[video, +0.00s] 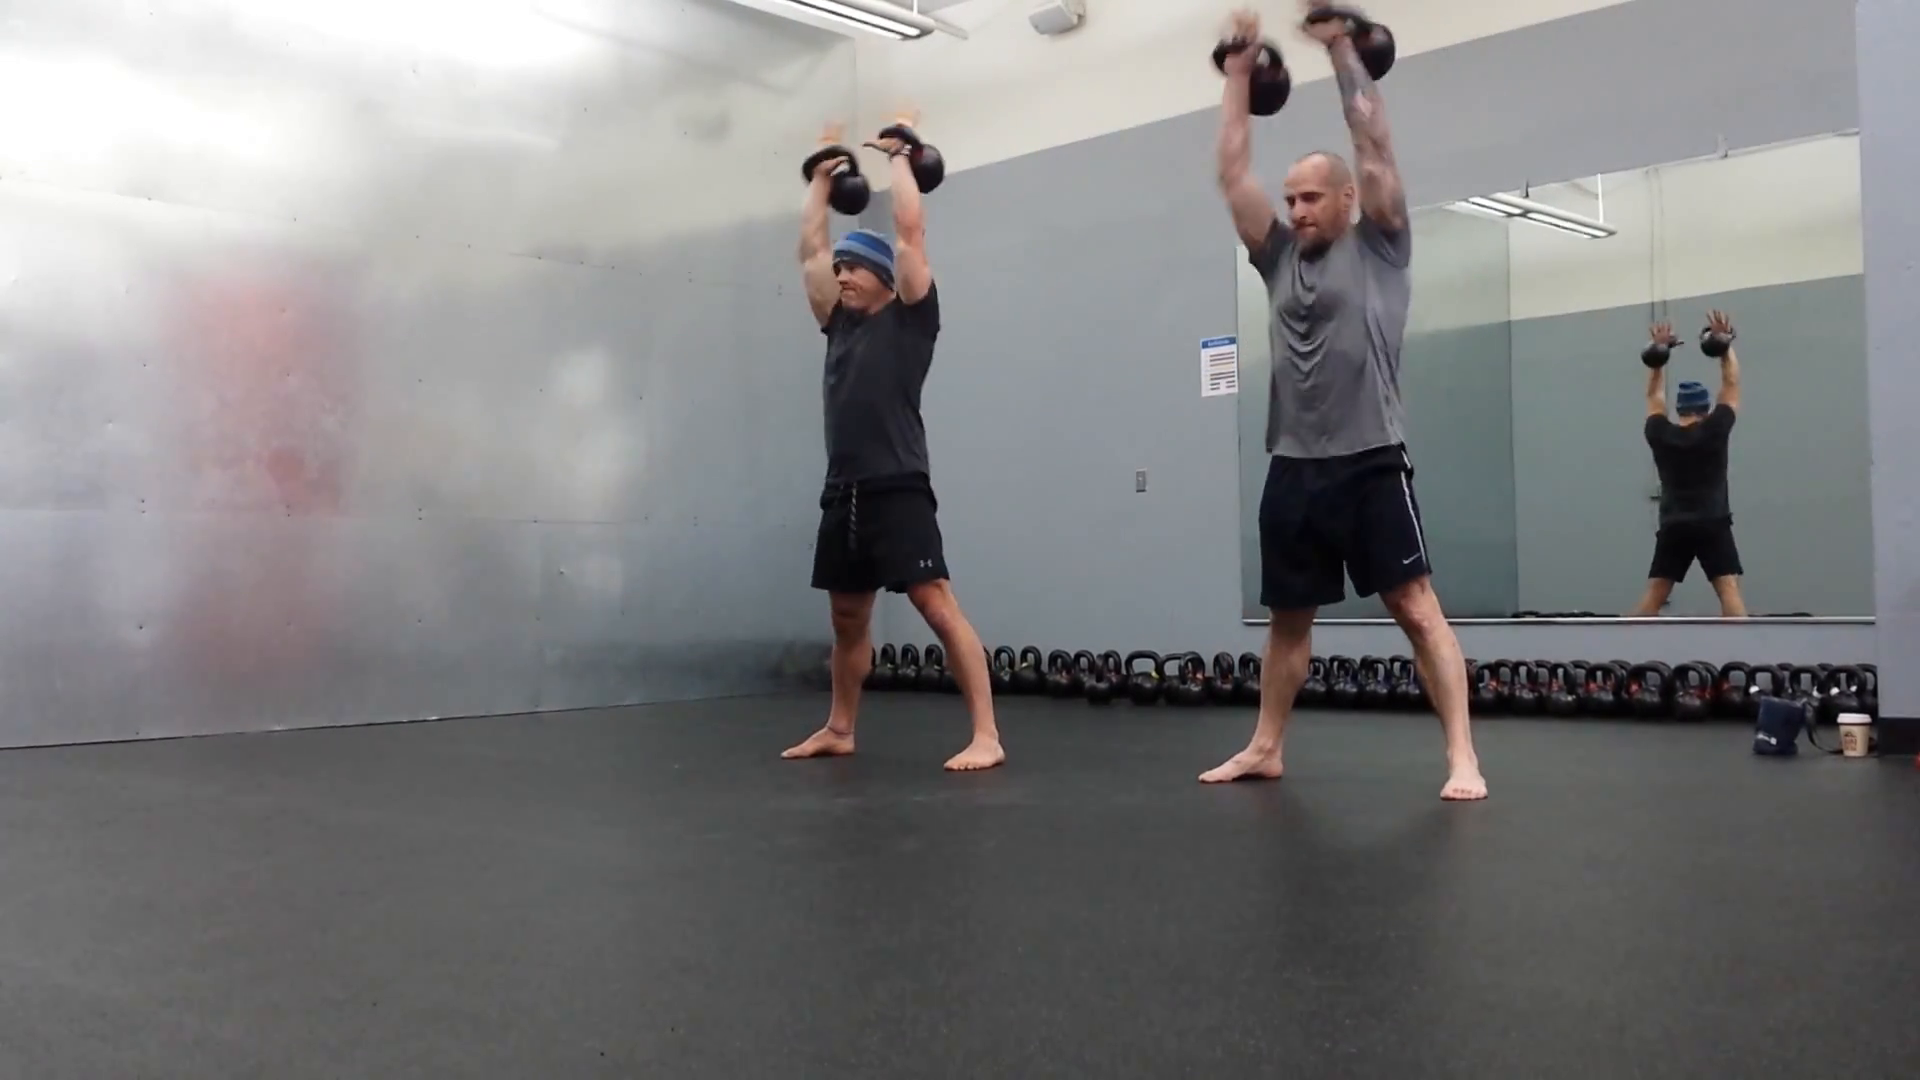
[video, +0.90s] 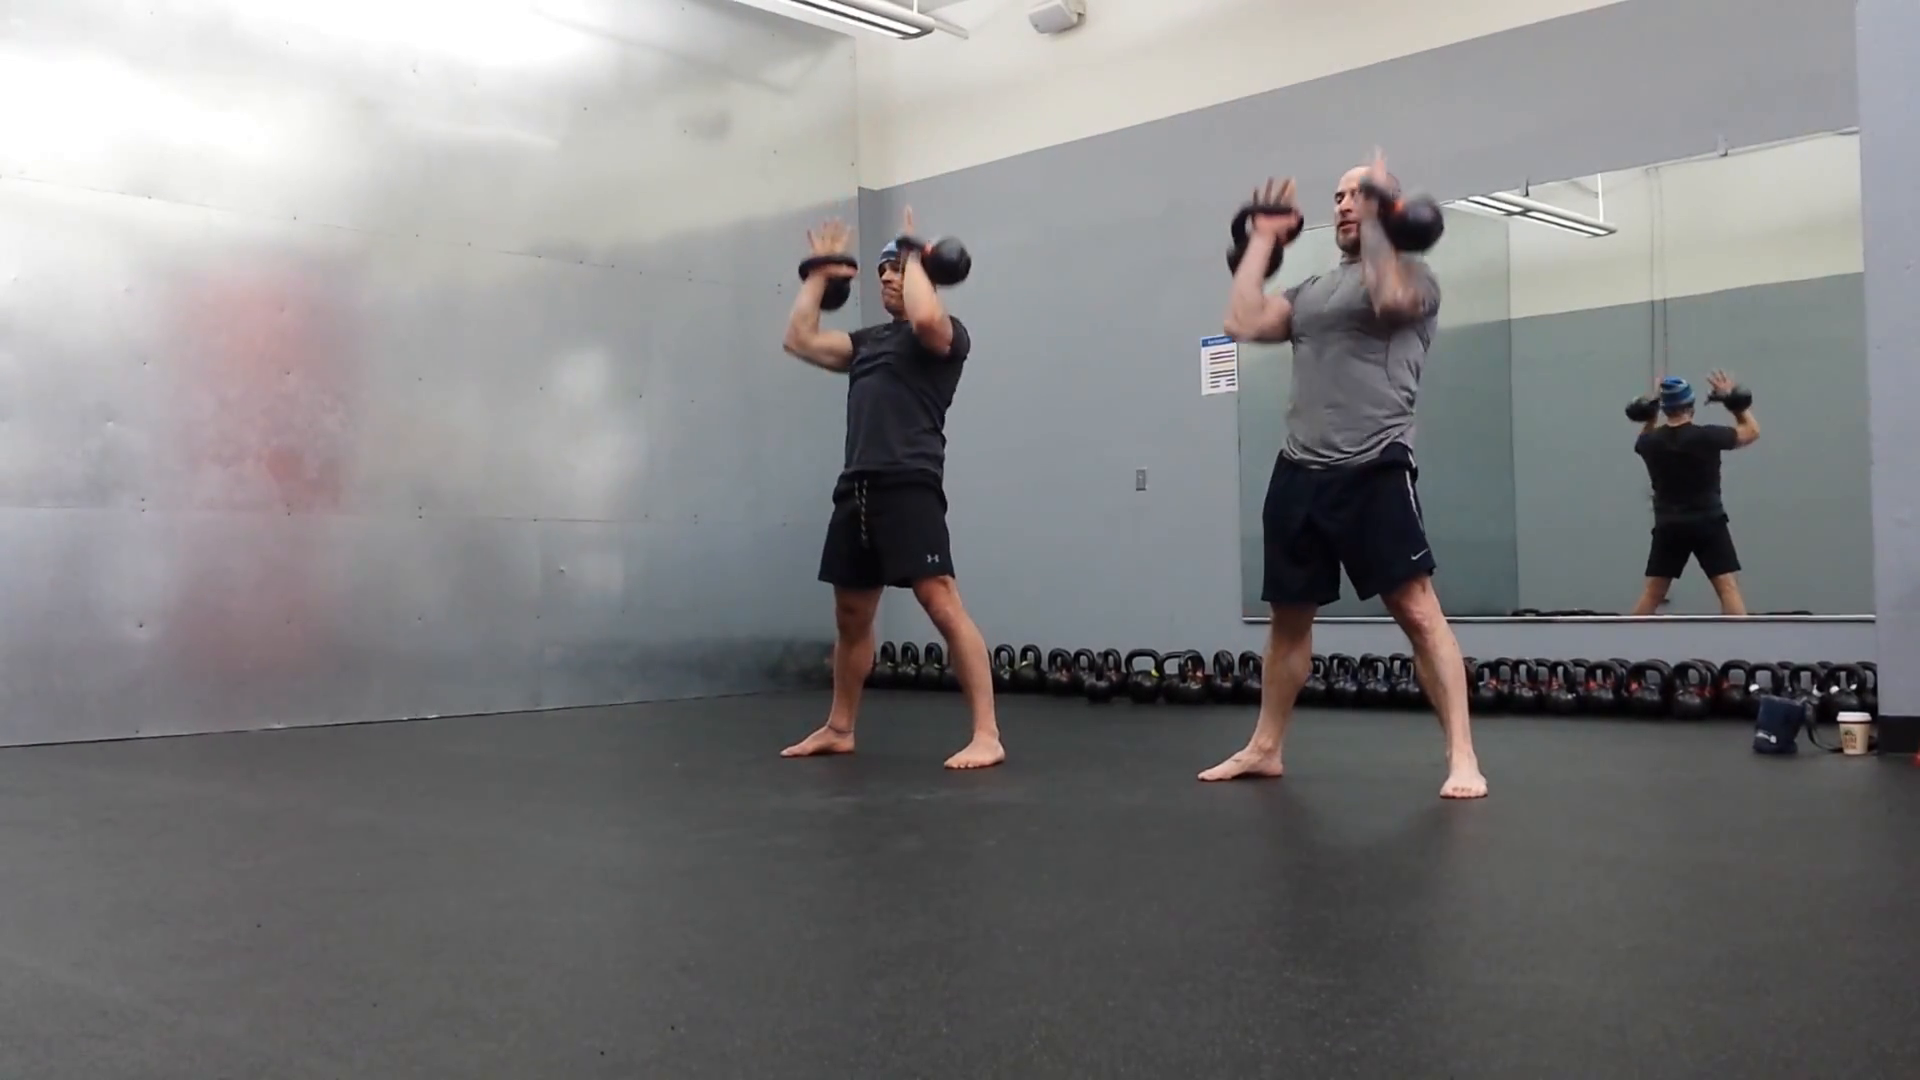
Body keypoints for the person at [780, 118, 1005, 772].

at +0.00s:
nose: (844, 278)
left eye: (854, 269)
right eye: (842, 270)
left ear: (885, 275)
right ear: (841, 280)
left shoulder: (911, 318)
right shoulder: (840, 324)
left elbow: (910, 232)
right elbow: (812, 251)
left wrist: (901, 157)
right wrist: (821, 180)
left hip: (899, 486)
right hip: (843, 490)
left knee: (939, 609)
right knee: (848, 619)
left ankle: (986, 737)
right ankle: (840, 729)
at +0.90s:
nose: (889, 277)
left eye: (900, 268)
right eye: (884, 270)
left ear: (921, 278)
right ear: (878, 280)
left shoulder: (944, 336)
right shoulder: (867, 340)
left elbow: (927, 321)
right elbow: (800, 339)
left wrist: (917, 259)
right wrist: (819, 275)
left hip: (912, 489)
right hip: (856, 491)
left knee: (943, 607)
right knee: (852, 618)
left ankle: (986, 736)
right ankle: (839, 728)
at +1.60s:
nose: (868, 279)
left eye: (878, 270)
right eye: (866, 272)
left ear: (908, 277)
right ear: (869, 281)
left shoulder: (937, 331)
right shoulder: (863, 344)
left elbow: (912, 394)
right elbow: (829, 413)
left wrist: (878, 332)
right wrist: (810, 359)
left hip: (914, 491)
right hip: (859, 492)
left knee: (944, 605)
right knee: (850, 615)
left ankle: (987, 736)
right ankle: (839, 727)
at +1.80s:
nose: (887, 297)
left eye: (896, 286)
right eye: (881, 288)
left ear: (924, 285)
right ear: (878, 290)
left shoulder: (955, 337)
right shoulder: (877, 348)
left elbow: (940, 405)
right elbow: (842, 410)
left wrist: (885, 389)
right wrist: (801, 404)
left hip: (942, 492)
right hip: (891, 494)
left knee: (953, 598)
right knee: (854, 607)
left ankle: (987, 736)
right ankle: (838, 728)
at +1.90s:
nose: (875, 308)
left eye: (883, 298)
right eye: (870, 299)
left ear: (912, 294)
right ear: (871, 301)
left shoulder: (954, 345)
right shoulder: (875, 358)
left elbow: (945, 420)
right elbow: (843, 420)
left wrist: (883, 441)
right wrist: (805, 452)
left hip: (955, 494)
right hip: (904, 499)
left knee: (957, 598)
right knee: (852, 606)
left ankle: (987, 737)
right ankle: (838, 727)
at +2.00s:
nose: (850, 331)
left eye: (858, 319)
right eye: (845, 321)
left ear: (889, 316)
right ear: (846, 324)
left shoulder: (931, 364)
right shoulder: (857, 383)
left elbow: (934, 451)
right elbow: (846, 457)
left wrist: (888, 508)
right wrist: (826, 519)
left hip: (960, 501)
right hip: (908, 511)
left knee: (961, 597)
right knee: (841, 606)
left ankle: (989, 736)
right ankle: (837, 727)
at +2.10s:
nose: (814, 365)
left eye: (822, 352)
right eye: (809, 355)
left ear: (852, 347)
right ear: (813, 358)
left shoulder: (905, 399)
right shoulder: (831, 414)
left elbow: (927, 489)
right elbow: (845, 494)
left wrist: (909, 559)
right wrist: (861, 563)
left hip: (955, 510)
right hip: (898, 517)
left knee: (960, 598)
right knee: (825, 608)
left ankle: (989, 736)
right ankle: (836, 727)